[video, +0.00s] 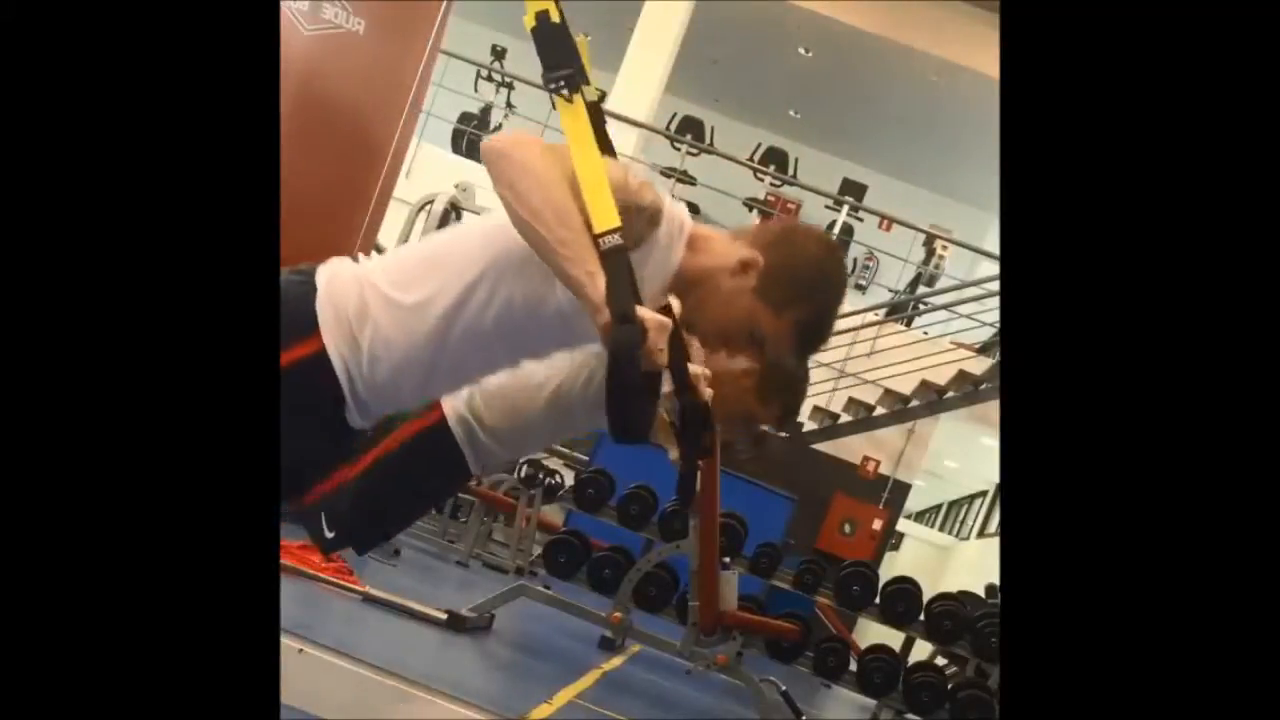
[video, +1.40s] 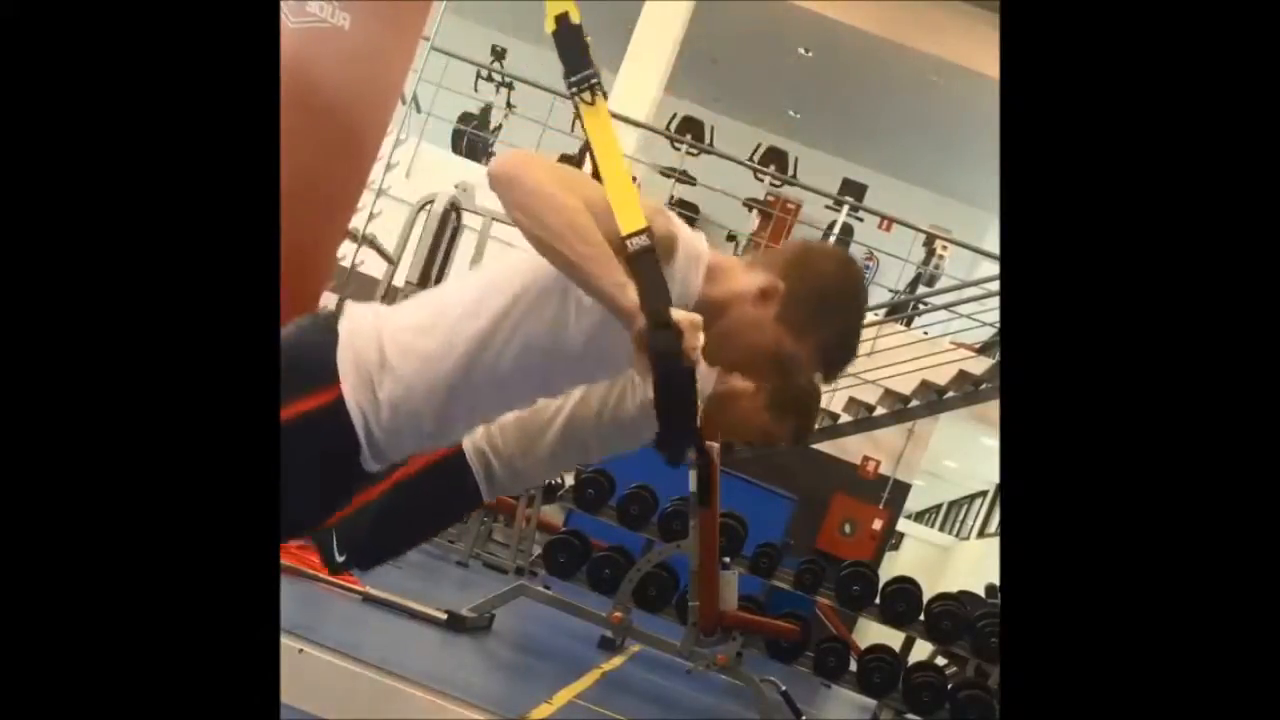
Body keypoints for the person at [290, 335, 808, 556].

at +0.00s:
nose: (732, 424)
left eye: (744, 423)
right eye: (745, 411)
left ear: (737, 377)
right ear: (736, 362)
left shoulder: (674, 389)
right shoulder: (663, 346)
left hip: (474, 445)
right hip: (455, 423)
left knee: (352, 527)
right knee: (329, 518)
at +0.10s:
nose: (724, 391)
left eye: (735, 392)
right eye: (737, 379)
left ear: (736, 347)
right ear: (734, 330)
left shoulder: (679, 362)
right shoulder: (665, 319)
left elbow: (670, 433)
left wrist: (691, 423)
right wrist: (680, 392)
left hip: (476, 429)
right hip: (456, 400)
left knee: (348, 517)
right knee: (326, 508)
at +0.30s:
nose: (728, 347)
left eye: (742, 347)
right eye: (741, 341)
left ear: (728, 295)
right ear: (730, 299)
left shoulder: (663, 315)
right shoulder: (651, 276)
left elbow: (633, 408)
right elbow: (623, 407)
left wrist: (678, 426)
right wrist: (670, 390)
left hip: (460, 405)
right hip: (439, 373)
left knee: (340, 512)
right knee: (306, 483)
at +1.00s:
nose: (722, 327)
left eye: (736, 323)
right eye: (734, 314)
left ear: (717, 270)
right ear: (719, 272)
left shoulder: (650, 279)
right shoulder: (637, 264)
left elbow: (637, 346)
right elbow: (585, 348)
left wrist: (667, 401)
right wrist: (621, 413)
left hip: (457, 391)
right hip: (440, 375)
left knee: (328, 510)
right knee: (306, 501)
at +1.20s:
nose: (737, 386)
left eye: (749, 383)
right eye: (749, 375)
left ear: (737, 339)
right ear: (739, 333)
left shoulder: (677, 351)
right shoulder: (666, 310)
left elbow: (628, 403)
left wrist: (677, 407)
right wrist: (666, 398)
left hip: (480, 433)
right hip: (463, 411)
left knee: (339, 524)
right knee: (321, 516)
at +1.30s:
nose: (743, 419)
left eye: (753, 416)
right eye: (754, 407)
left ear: (749, 369)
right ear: (748, 363)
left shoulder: (686, 382)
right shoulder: (674, 328)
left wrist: (699, 432)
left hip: (484, 454)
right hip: (465, 429)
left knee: (341, 535)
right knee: (326, 529)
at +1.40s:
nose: (742, 443)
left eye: (755, 442)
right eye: (756, 432)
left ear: (753, 397)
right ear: (752, 386)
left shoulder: (681, 404)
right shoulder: (675, 362)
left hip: (483, 473)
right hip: (464, 450)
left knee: (340, 553)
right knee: (325, 548)